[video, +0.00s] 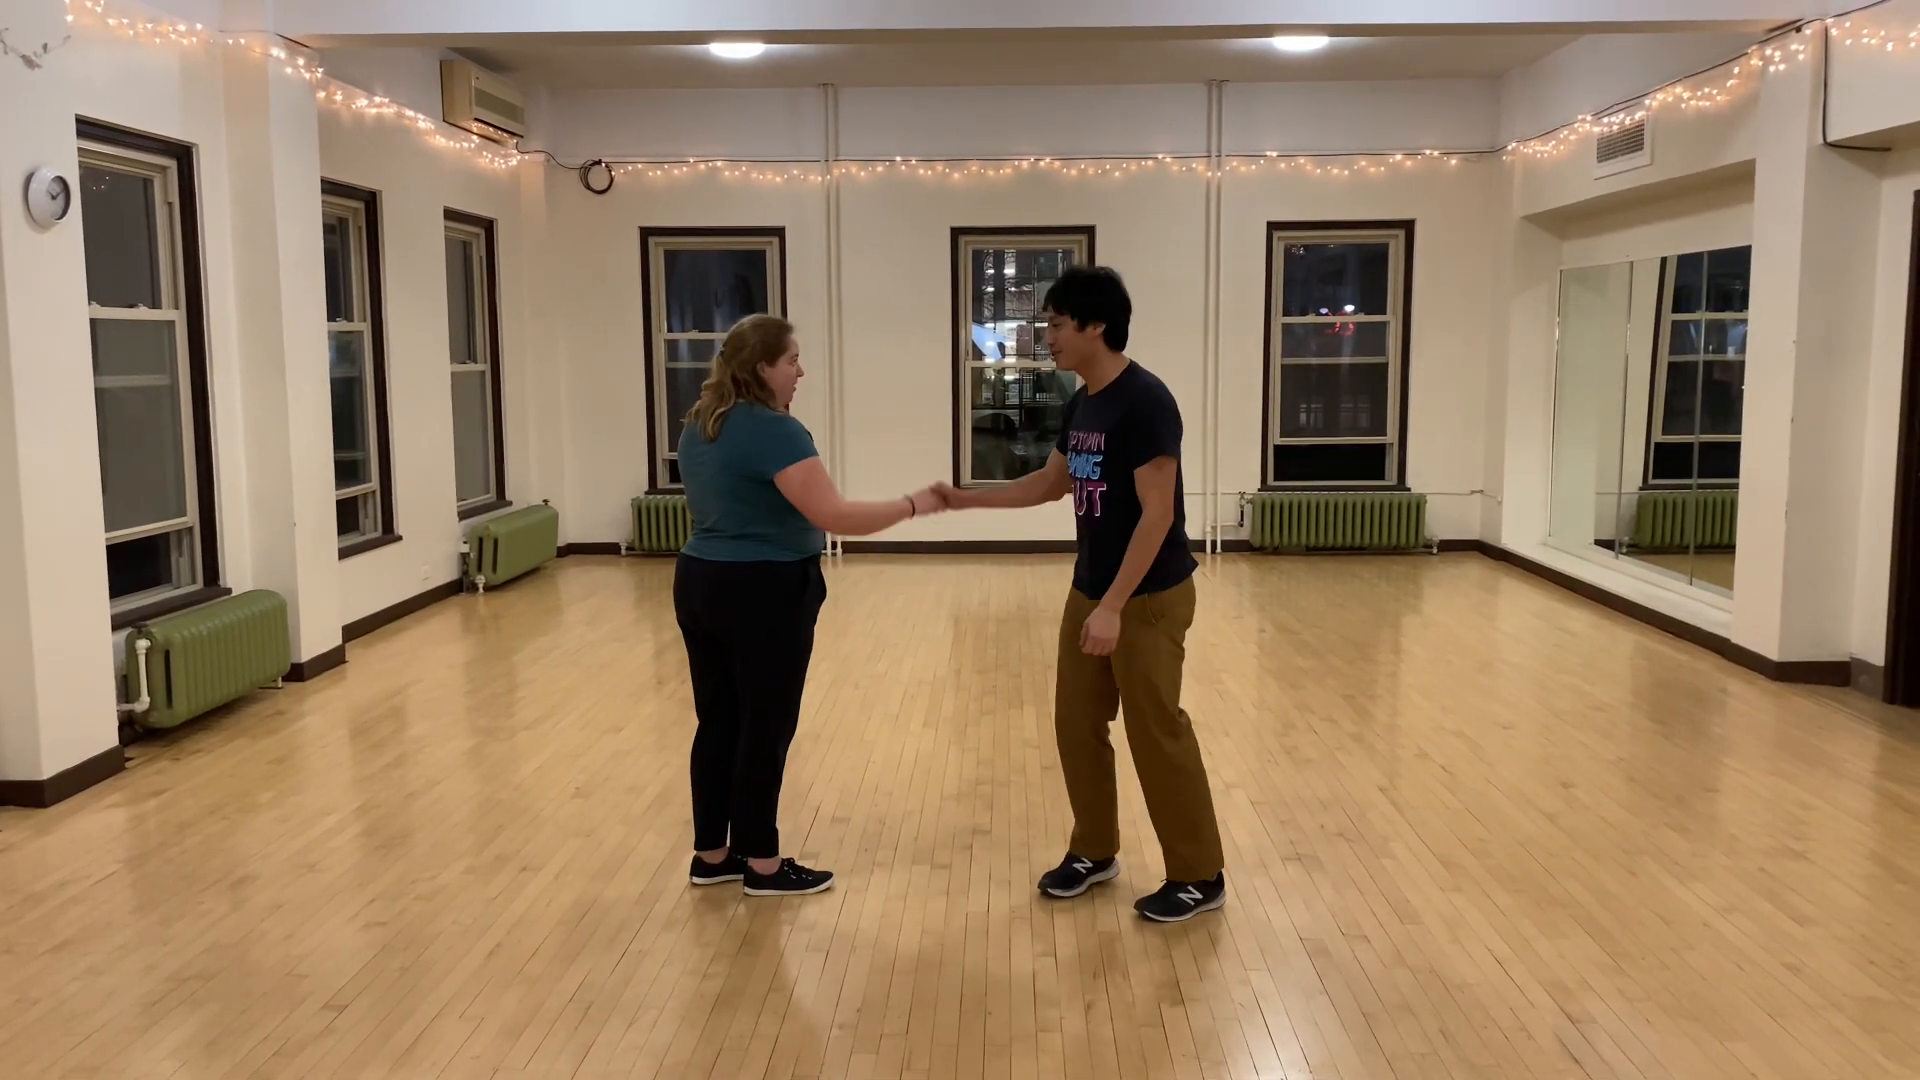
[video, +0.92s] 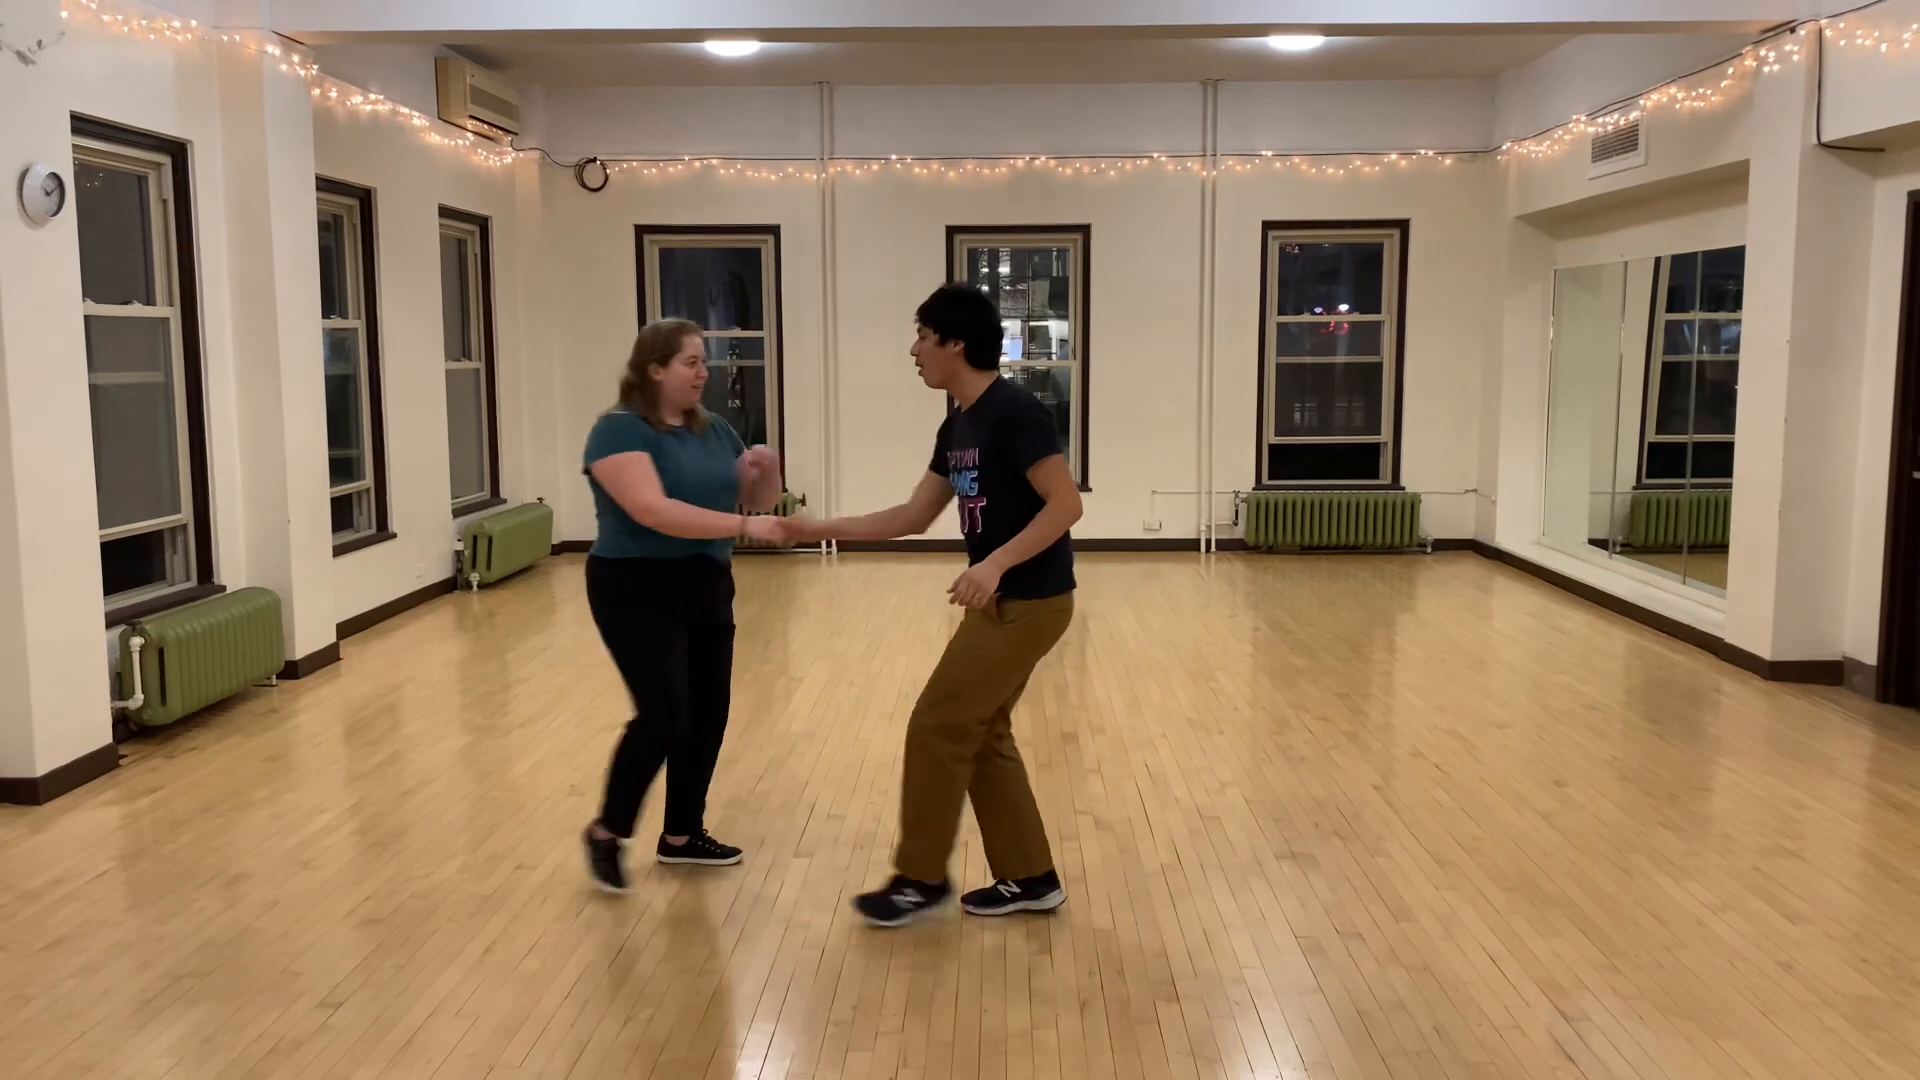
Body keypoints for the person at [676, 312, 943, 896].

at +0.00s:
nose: (800, 372)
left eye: (798, 360)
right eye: (792, 361)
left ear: (741, 368)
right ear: (760, 367)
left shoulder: (698, 428)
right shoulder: (774, 432)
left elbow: (717, 508)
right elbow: (835, 515)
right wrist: (913, 505)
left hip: (704, 587)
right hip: (770, 592)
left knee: (717, 720)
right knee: (767, 727)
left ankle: (712, 853)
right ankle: (763, 863)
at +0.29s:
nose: (790, 368)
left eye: (787, 357)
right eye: (782, 359)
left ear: (729, 368)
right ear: (752, 367)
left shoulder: (685, 427)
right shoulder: (780, 428)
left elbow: (669, 503)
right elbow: (857, 494)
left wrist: (731, 490)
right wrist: (919, 488)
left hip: (694, 587)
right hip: (769, 587)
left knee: (728, 717)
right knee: (767, 723)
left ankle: (713, 844)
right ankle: (762, 862)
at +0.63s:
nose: (756, 370)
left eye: (755, 359)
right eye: (746, 361)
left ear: (707, 373)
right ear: (712, 370)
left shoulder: (676, 423)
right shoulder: (719, 431)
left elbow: (690, 492)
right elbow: (783, 518)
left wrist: (748, 453)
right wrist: (862, 542)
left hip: (669, 584)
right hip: (715, 589)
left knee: (696, 711)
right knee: (755, 718)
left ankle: (676, 834)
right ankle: (764, 860)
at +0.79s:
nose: (727, 371)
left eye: (728, 361)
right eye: (715, 361)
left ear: (721, 369)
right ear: (679, 368)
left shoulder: (705, 427)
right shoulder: (656, 431)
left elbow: (729, 492)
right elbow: (704, 512)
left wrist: (771, 468)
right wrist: (800, 528)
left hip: (701, 585)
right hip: (657, 587)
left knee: (689, 703)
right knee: (721, 697)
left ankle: (678, 833)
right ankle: (703, 840)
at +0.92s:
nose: (702, 372)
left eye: (703, 362)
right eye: (690, 363)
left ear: (701, 370)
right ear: (654, 369)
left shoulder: (717, 431)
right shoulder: (618, 433)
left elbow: (753, 512)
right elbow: (652, 509)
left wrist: (762, 480)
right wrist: (743, 525)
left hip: (703, 585)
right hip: (631, 586)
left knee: (705, 712)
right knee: (663, 713)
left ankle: (683, 834)